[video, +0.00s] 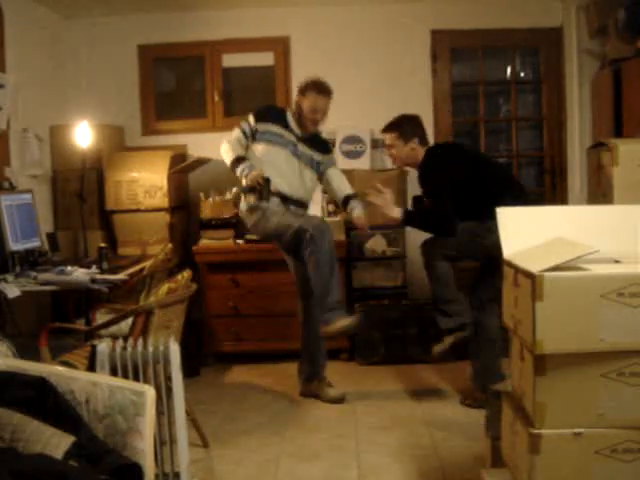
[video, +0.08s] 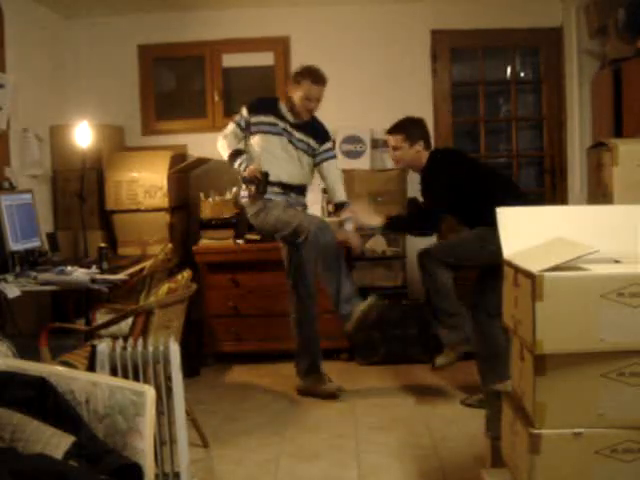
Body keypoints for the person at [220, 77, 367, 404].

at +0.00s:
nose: (316, 118)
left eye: (322, 112)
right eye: (312, 110)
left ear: (327, 111)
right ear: (297, 102)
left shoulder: (321, 148)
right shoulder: (269, 119)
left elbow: (335, 179)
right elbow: (231, 144)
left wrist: (353, 205)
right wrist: (245, 170)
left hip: (296, 216)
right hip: (260, 207)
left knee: (312, 289)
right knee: (316, 228)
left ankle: (313, 378)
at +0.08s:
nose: (312, 106)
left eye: (317, 100)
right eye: (308, 99)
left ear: (321, 98)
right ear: (291, 90)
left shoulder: (319, 134)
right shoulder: (259, 111)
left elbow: (333, 177)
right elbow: (227, 139)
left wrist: (345, 217)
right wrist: (244, 164)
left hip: (297, 208)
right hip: (261, 202)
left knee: (303, 289)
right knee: (317, 228)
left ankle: (310, 373)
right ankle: (350, 308)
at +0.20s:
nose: (300, 116)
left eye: (305, 110)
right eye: (295, 109)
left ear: (310, 107)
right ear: (279, 101)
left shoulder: (312, 137)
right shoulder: (250, 123)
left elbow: (324, 184)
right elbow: (221, 156)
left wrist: (324, 225)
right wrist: (240, 170)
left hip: (303, 213)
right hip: (266, 209)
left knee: (308, 289)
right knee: (312, 254)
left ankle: (283, 364)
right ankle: (357, 321)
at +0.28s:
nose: (299, 125)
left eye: (304, 119)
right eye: (294, 118)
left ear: (309, 115)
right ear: (277, 109)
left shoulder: (310, 143)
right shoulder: (248, 132)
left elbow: (322, 191)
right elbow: (223, 170)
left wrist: (323, 231)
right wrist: (244, 173)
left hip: (306, 221)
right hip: (269, 217)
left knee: (310, 290)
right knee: (315, 268)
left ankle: (282, 367)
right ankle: (356, 337)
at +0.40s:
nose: (300, 138)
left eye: (303, 132)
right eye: (296, 131)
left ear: (304, 127)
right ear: (279, 119)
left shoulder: (297, 147)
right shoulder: (247, 145)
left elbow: (310, 180)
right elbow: (220, 187)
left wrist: (323, 189)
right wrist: (246, 185)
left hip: (306, 233)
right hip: (273, 236)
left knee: (318, 304)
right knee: (307, 304)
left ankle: (285, 371)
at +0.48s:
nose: (294, 114)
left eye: (297, 108)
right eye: (291, 107)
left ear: (295, 103)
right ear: (273, 98)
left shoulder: (288, 123)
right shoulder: (243, 132)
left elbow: (310, 127)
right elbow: (217, 181)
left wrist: (323, 129)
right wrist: (247, 177)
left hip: (304, 220)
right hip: (274, 223)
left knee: (308, 299)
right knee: (300, 298)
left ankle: (285, 370)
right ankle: (296, 381)